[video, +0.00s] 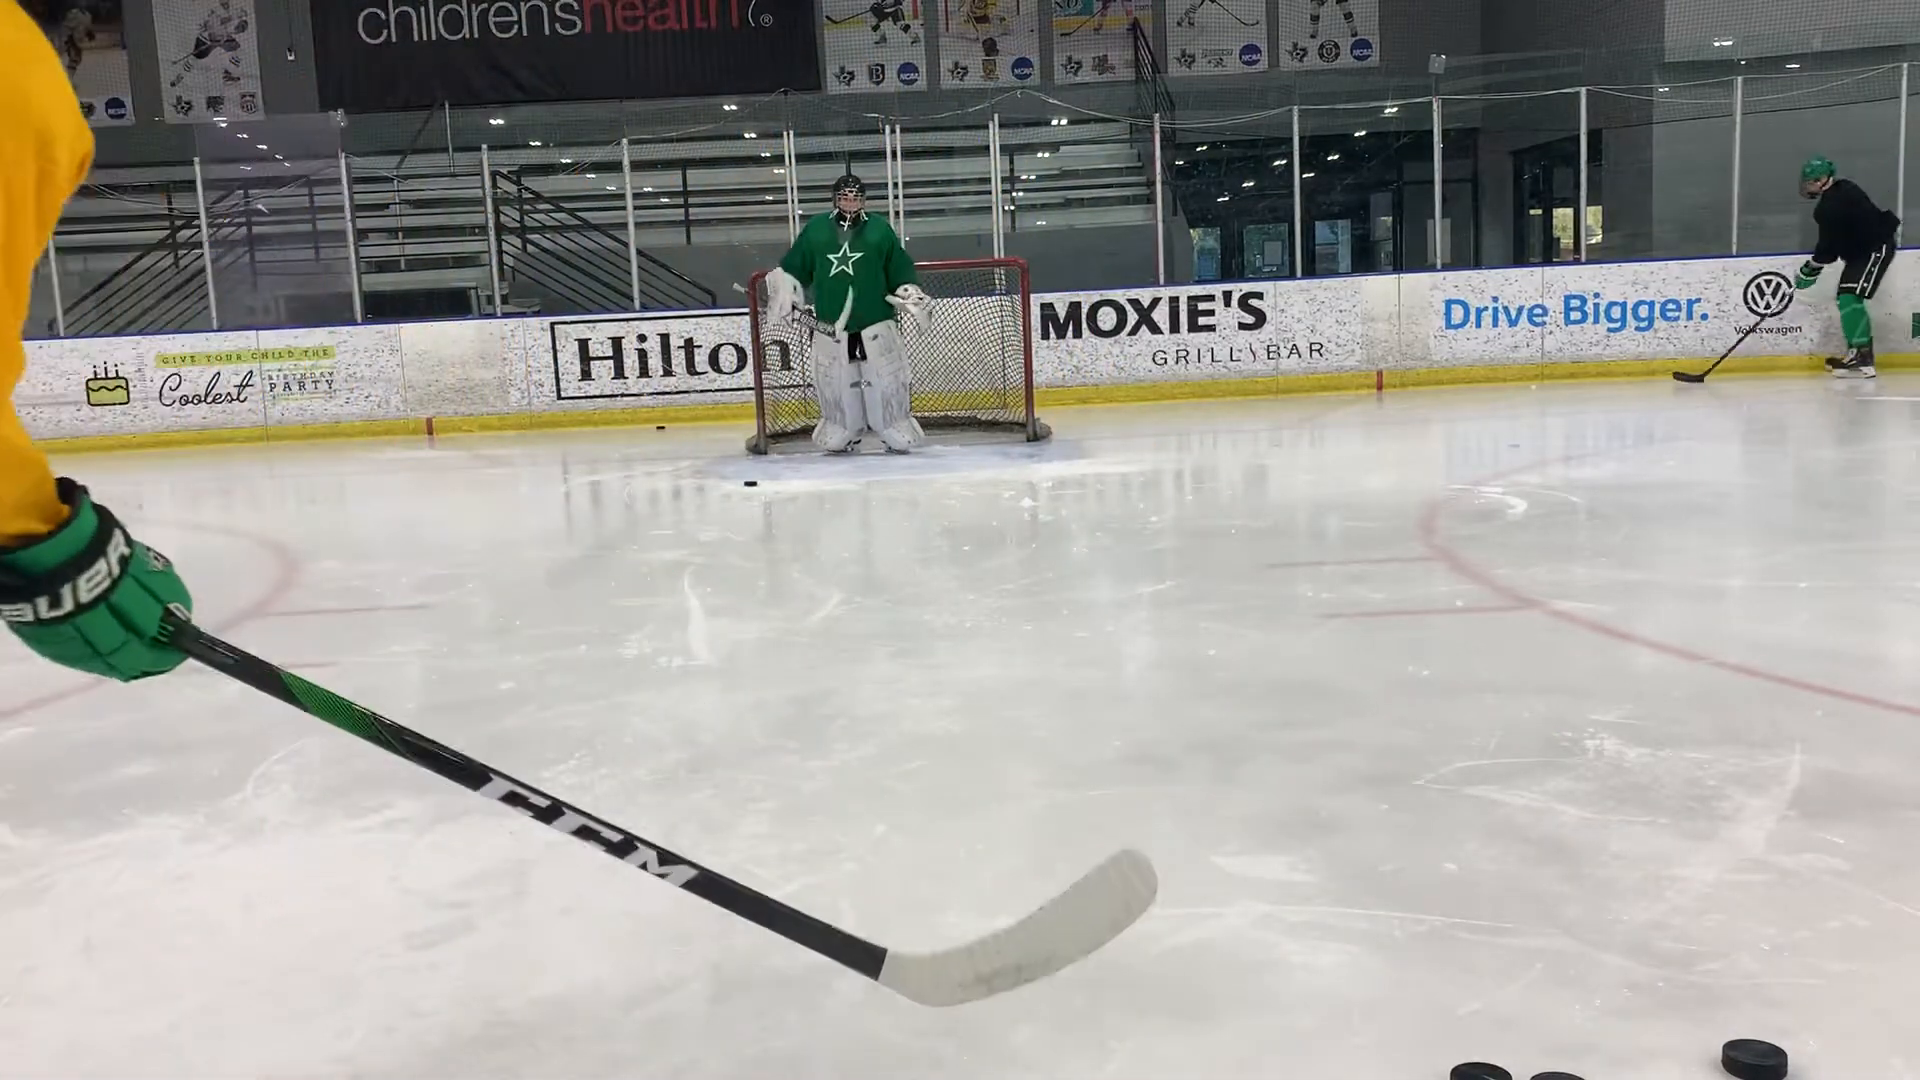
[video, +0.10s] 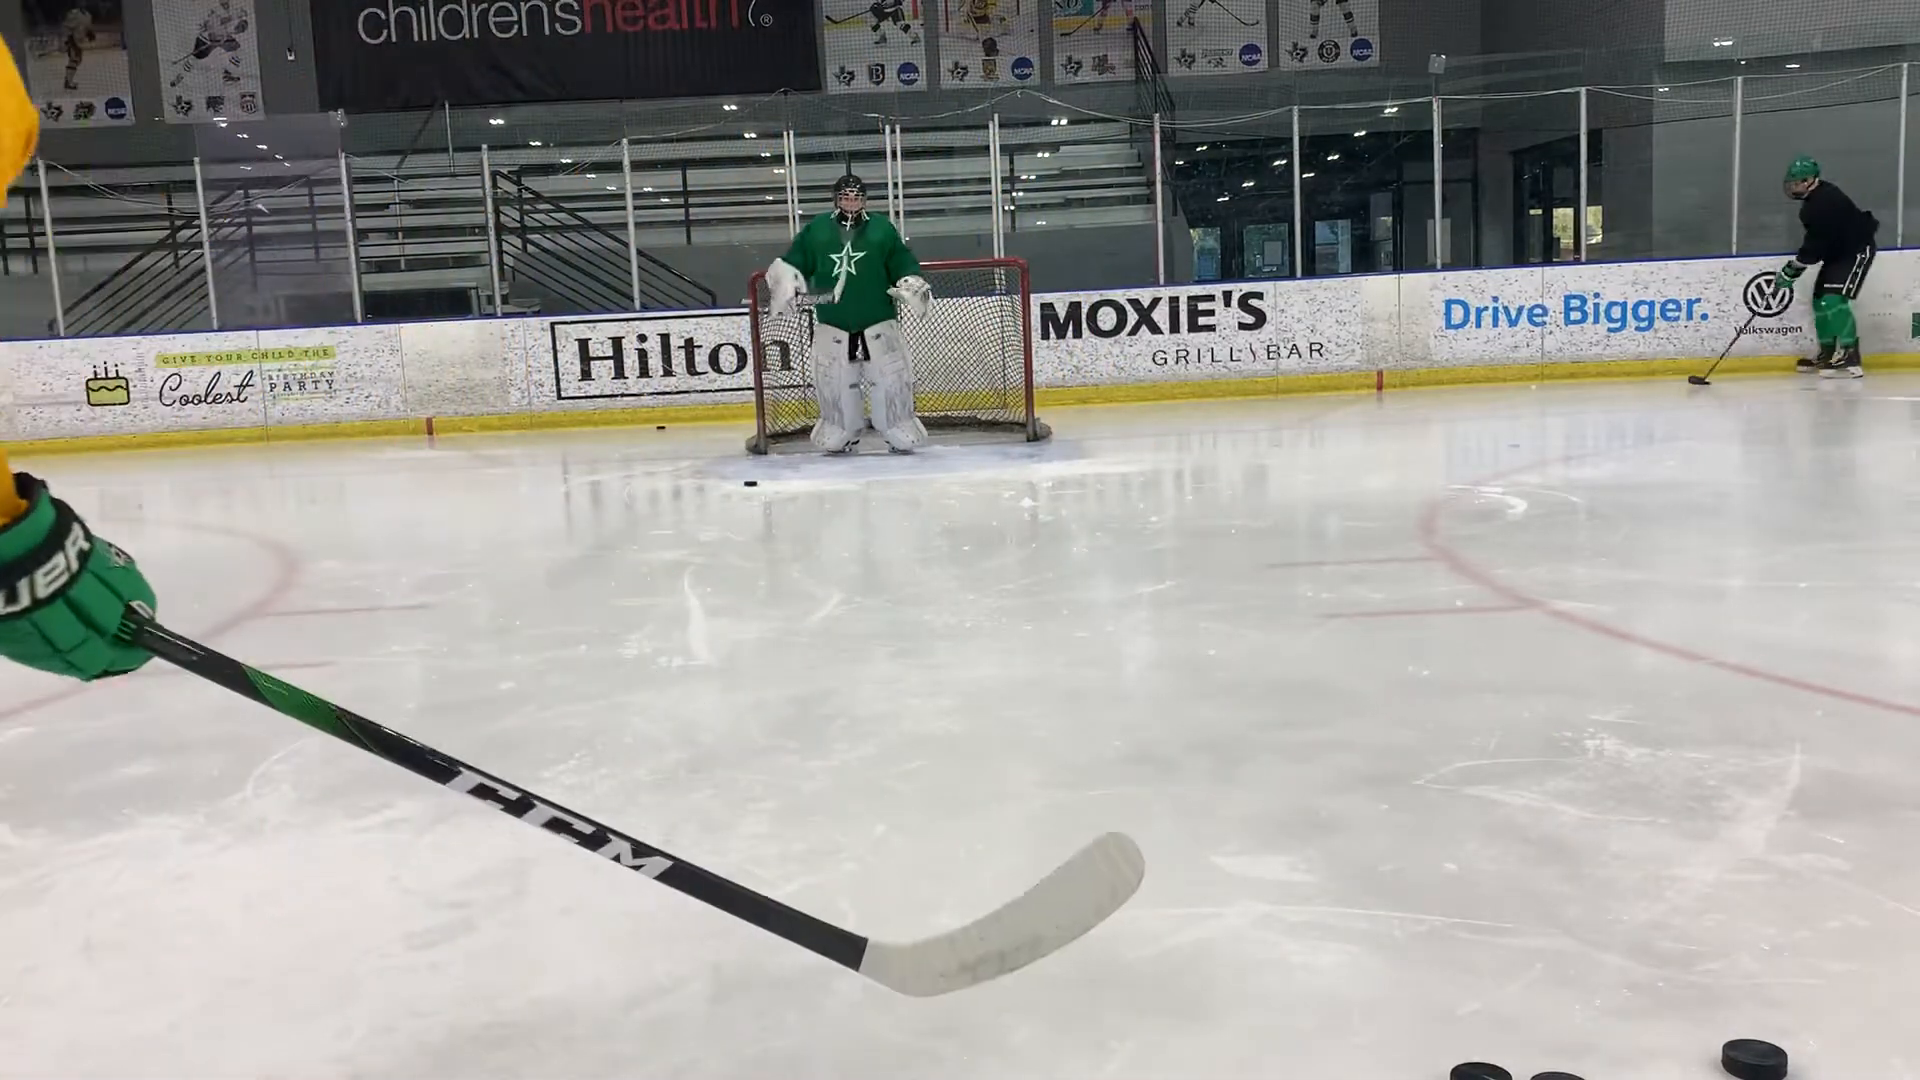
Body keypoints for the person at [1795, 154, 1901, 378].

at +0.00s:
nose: (1807, 187)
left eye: (1811, 182)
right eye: (1806, 182)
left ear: (1824, 180)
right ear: (1825, 179)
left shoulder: (1829, 207)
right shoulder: (1843, 188)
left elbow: (1828, 247)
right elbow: (1832, 239)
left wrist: (1810, 269)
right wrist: (1815, 265)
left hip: (1874, 246)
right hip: (1869, 243)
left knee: (1849, 297)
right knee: (1847, 296)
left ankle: (1861, 356)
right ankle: (1859, 354)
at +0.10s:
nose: (1793, 187)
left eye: (1797, 182)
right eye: (1791, 183)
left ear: (1811, 180)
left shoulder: (1823, 201)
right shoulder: (1812, 201)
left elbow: (1816, 246)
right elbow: (1814, 241)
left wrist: (1792, 270)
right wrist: (1795, 267)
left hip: (1858, 247)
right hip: (1837, 249)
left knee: (1833, 298)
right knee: (1820, 299)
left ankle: (1850, 355)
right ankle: (1827, 355)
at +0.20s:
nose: (1781, 188)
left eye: (1786, 182)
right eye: (1778, 183)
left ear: (1800, 182)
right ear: (1775, 183)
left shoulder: (1811, 203)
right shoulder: (1790, 198)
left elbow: (1803, 246)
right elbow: (1793, 222)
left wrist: (1776, 269)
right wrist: (1782, 238)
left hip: (1838, 248)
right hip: (1814, 249)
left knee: (1816, 299)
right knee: (1797, 298)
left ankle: (1836, 355)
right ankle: (1801, 354)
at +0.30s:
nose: (1775, 187)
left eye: (1780, 182)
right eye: (1771, 182)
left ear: (1792, 183)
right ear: (1766, 182)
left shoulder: (1800, 204)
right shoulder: (1770, 198)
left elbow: (1787, 249)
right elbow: (1764, 221)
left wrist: (1759, 275)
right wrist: (1756, 239)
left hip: (1818, 252)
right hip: (1790, 251)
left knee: (1800, 299)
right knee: (1775, 300)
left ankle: (1821, 355)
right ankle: (1777, 355)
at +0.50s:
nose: (1766, 185)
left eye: (1771, 180)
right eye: (1762, 179)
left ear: (1779, 182)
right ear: (1755, 180)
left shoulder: (1786, 205)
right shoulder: (1744, 195)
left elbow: (1777, 247)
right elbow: (1723, 217)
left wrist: (1750, 277)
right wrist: (1718, 242)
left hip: (1786, 262)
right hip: (1756, 259)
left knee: (1771, 302)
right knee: (1738, 303)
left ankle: (1790, 356)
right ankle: (1734, 357)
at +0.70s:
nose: (1757, 183)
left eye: (1763, 178)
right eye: (1754, 178)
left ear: (1770, 182)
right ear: (1747, 178)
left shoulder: (1778, 208)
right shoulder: (1730, 197)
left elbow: (1781, 245)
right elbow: (1711, 231)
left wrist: (1774, 274)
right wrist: (1726, 247)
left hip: (1760, 266)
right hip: (1731, 261)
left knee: (1750, 304)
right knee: (1711, 306)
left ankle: (1760, 359)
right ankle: (1699, 359)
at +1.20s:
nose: (1795, 164)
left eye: (1802, 161)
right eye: (1792, 158)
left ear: (1808, 167)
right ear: (1783, 159)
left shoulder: (1809, 202)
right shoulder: (1755, 180)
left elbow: (1805, 241)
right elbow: (1722, 208)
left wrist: (1805, 266)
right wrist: (1721, 236)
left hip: (1769, 260)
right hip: (1735, 251)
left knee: (1758, 308)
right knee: (1717, 304)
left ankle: (1747, 359)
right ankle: (1702, 354)